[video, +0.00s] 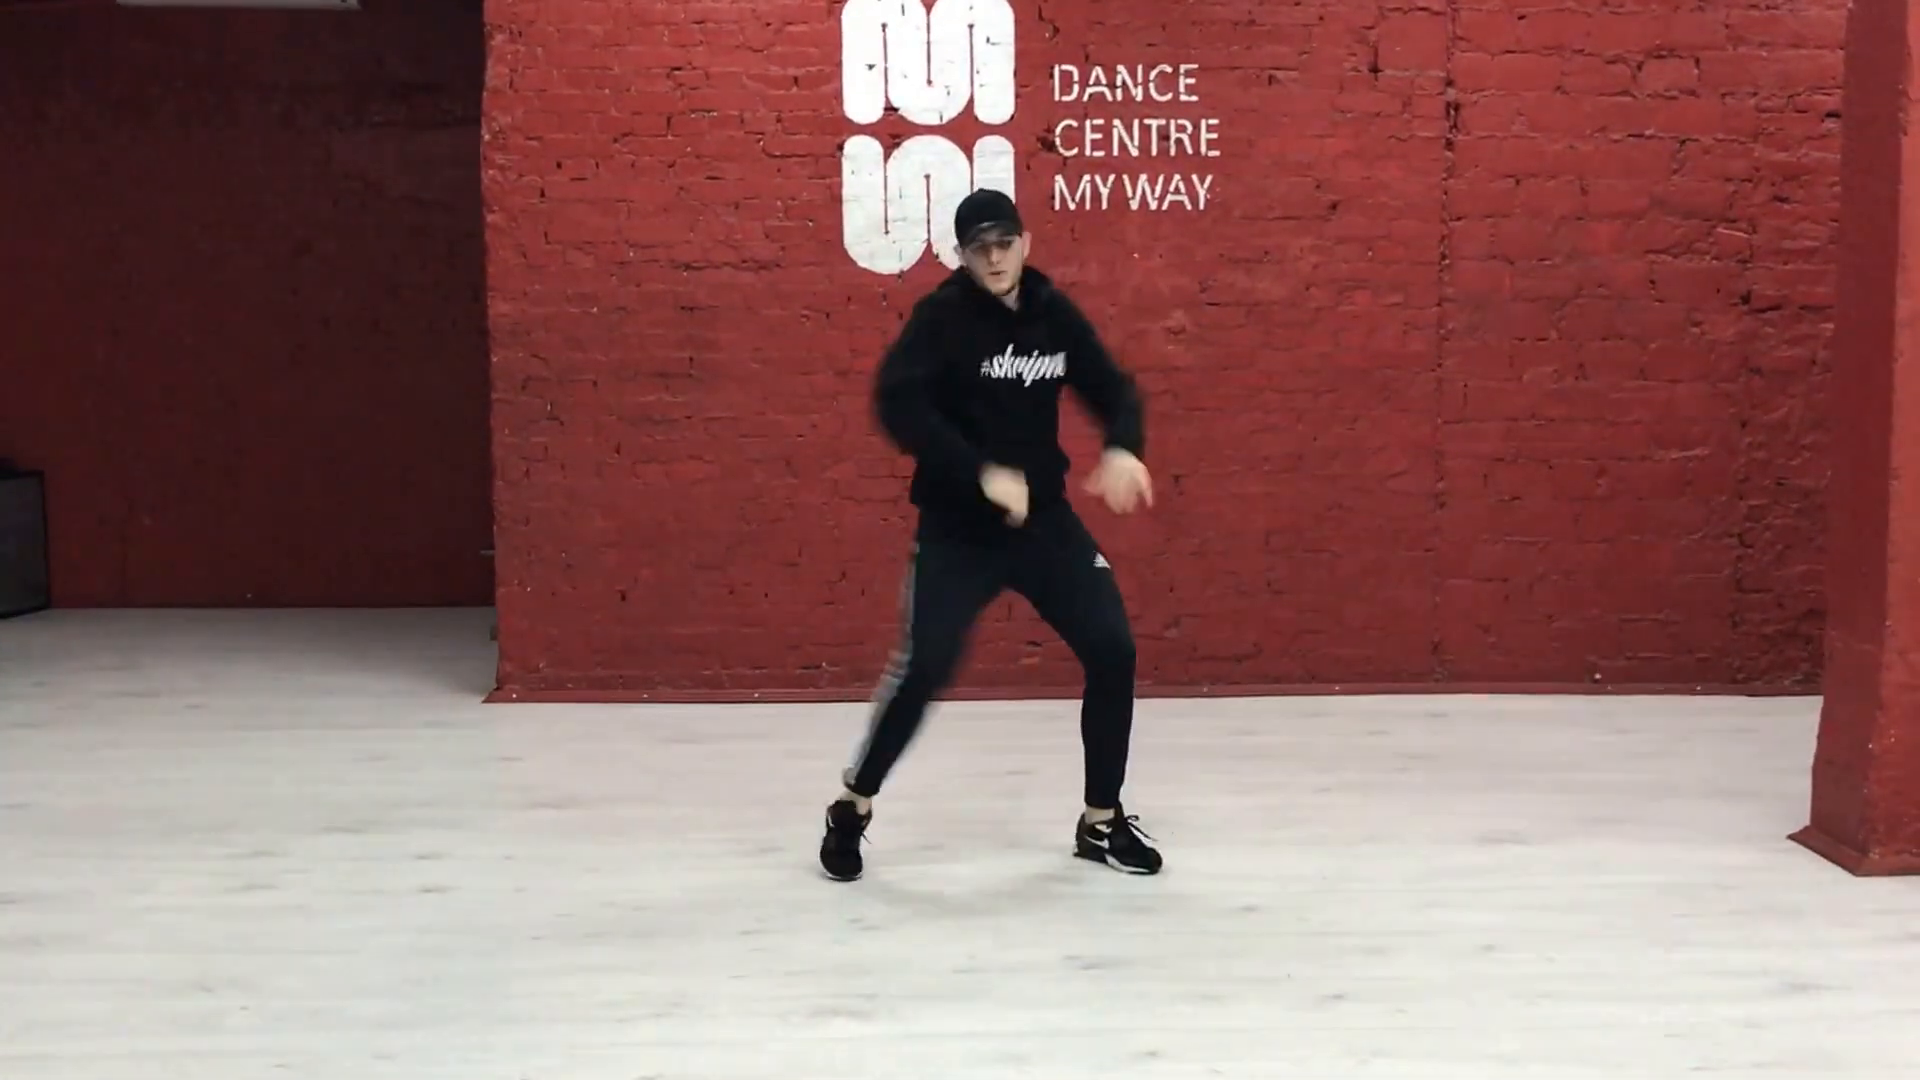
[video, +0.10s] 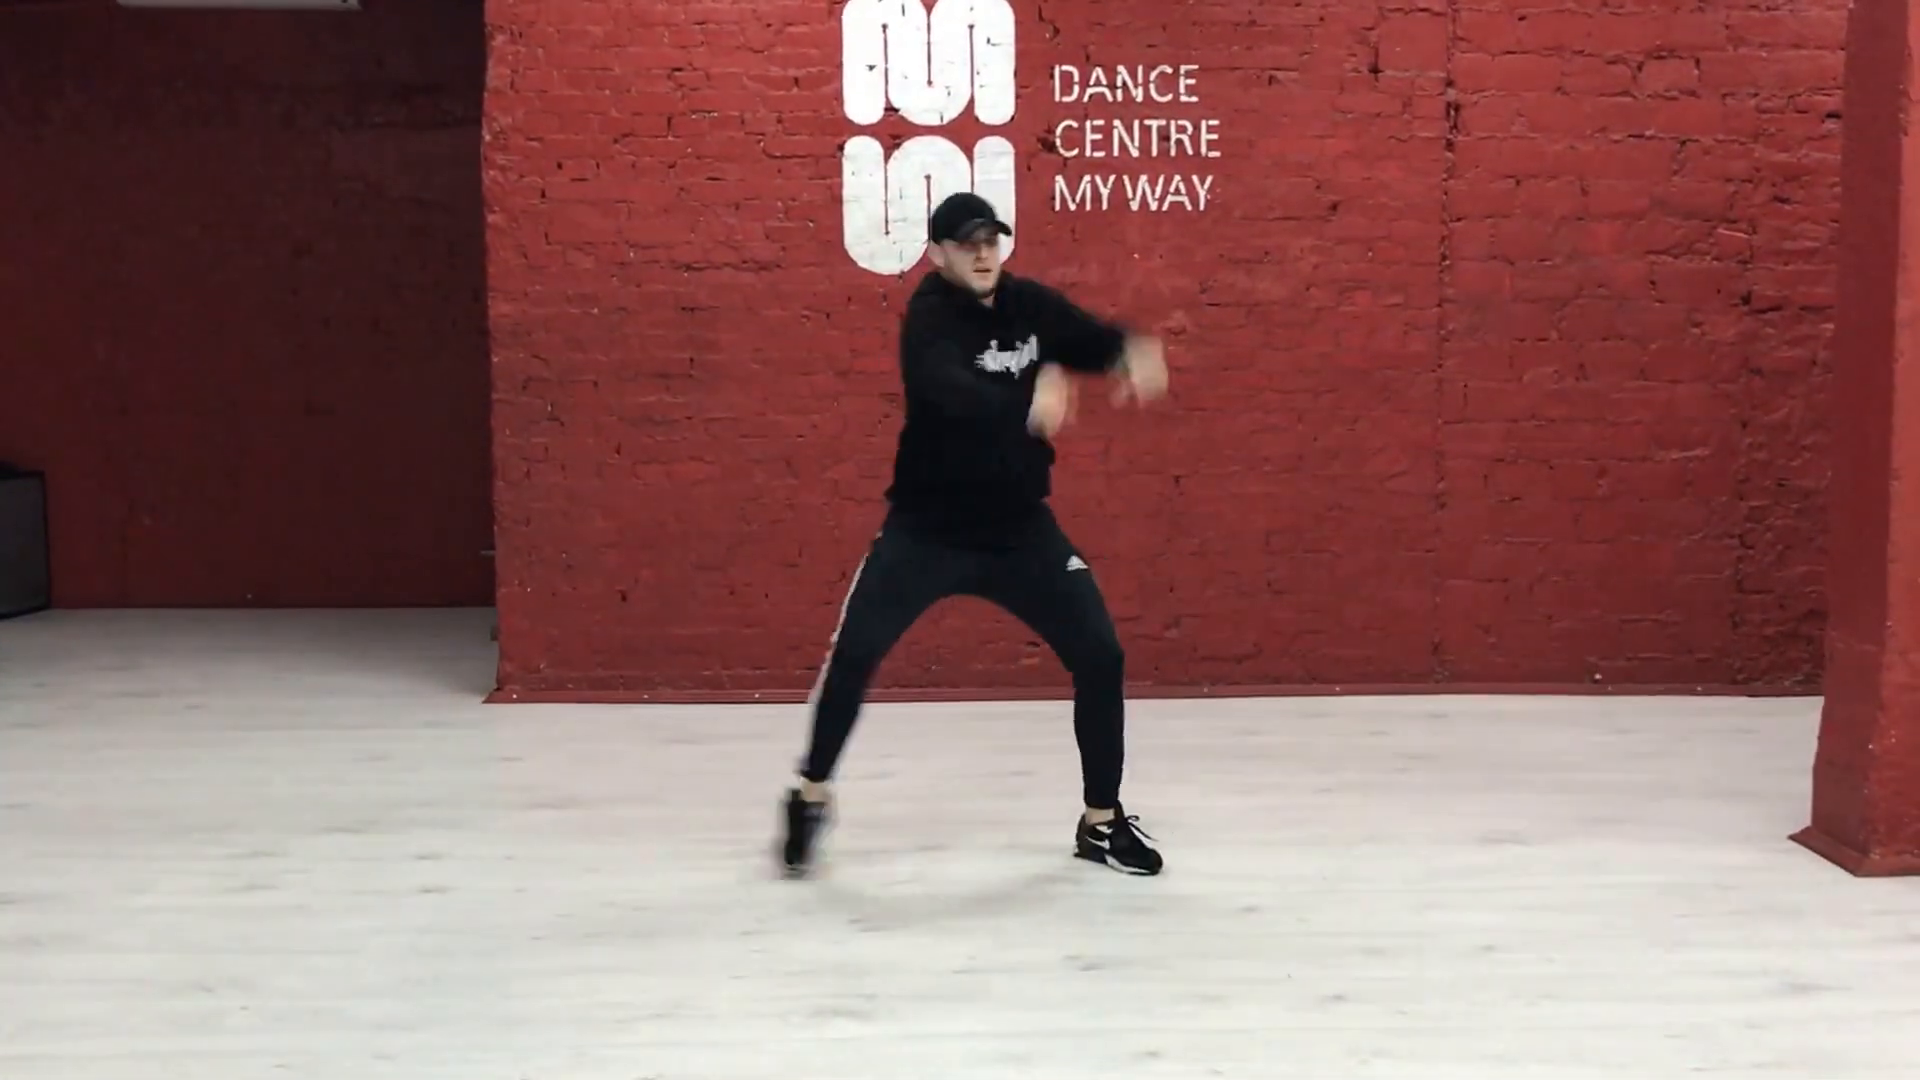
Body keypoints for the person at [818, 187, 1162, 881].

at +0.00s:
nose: (995, 258)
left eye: (1004, 243)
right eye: (980, 247)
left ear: (1024, 242)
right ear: (962, 253)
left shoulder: (1052, 312)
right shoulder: (939, 317)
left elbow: (1114, 389)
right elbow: (897, 405)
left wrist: (1123, 448)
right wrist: (979, 471)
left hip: (1043, 520)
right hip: (957, 529)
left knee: (1113, 652)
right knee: (924, 671)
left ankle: (1102, 817)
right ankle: (851, 809)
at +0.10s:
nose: (984, 254)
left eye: (992, 241)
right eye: (967, 243)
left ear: (1003, 244)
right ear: (937, 253)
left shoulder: (1029, 303)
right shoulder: (929, 316)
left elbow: (1084, 339)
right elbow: (946, 388)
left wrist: (1126, 350)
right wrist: (1022, 403)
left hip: (1020, 531)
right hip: (925, 530)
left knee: (1099, 656)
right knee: (854, 651)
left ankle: (1102, 818)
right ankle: (809, 797)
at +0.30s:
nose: (907, 249)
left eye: (917, 236)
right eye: (893, 236)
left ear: (929, 240)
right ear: (863, 240)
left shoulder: (948, 306)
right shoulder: (825, 310)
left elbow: (994, 326)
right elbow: (734, 366)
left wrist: (1017, 334)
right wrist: (832, 346)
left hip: (948, 536)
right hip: (852, 536)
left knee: (1026, 675)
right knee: (787, 687)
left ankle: (1107, 815)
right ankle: (699, 818)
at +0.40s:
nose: (858, 259)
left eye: (864, 245)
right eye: (844, 247)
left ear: (872, 245)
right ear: (808, 247)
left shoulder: (883, 311)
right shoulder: (777, 303)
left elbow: (973, 352)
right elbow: (758, 371)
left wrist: (995, 382)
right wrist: (862, 399)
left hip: (887, 530)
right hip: (798, 535)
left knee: (971, 660)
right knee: (764, 692)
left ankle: (1044, 808)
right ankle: (697, 822)